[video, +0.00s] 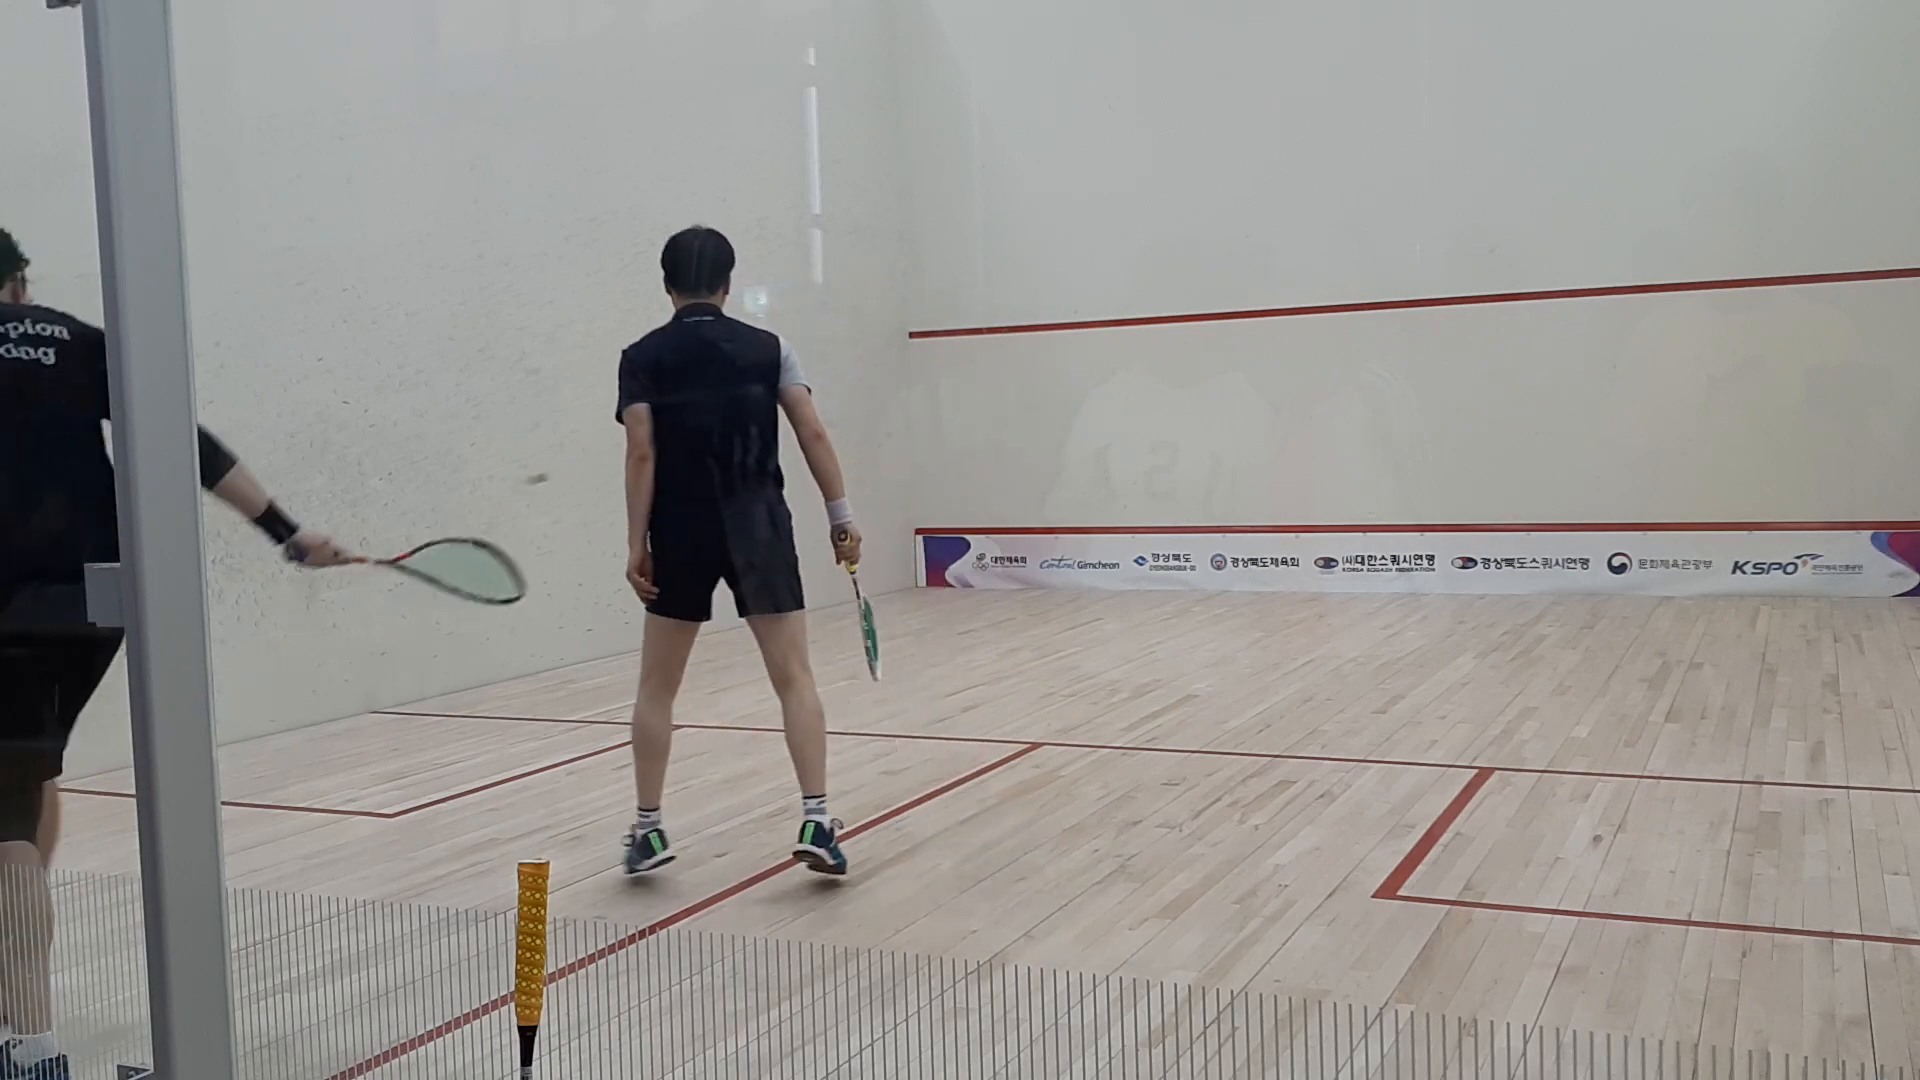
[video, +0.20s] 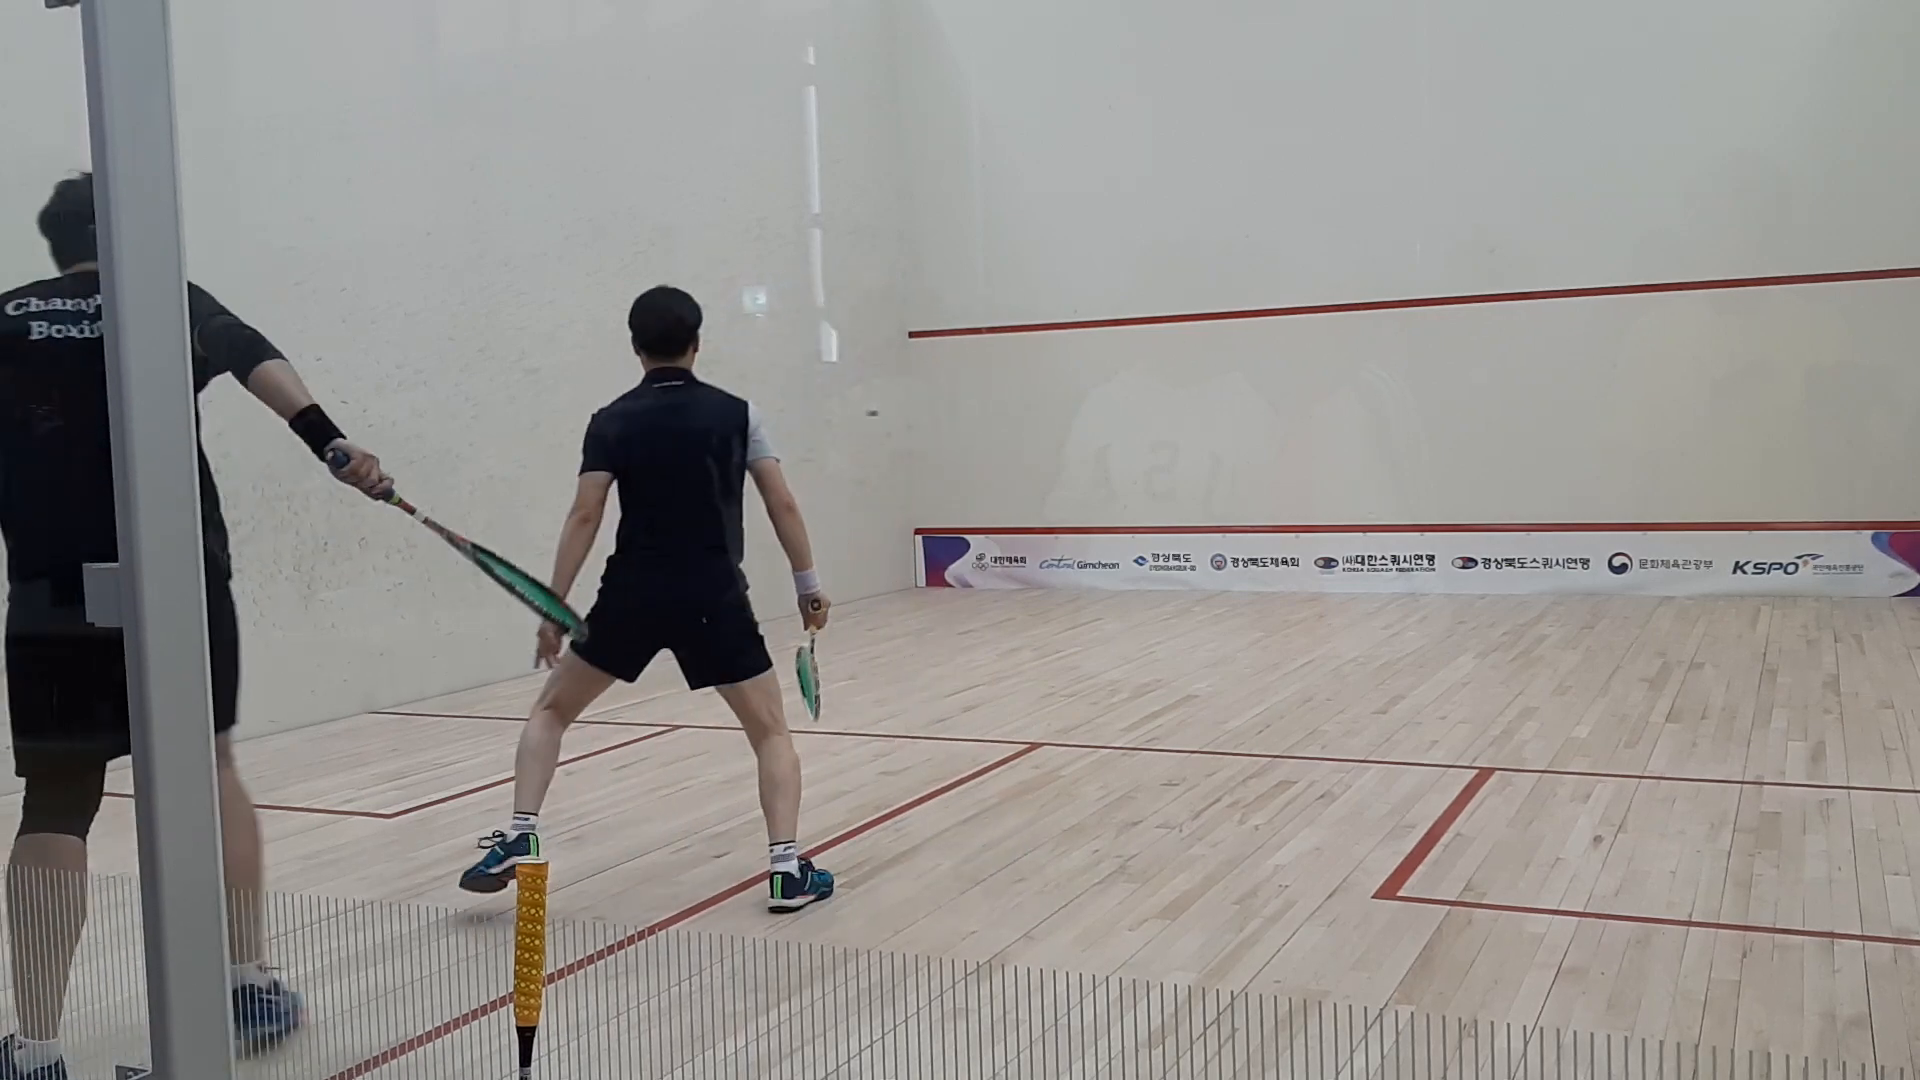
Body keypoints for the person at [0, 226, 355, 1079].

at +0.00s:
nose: (21, 289)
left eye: (17, 278)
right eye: (21, 279)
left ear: (1, 284)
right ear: (21, 280)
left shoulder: (57, 342)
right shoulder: (71, 343)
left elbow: (185, 439)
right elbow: (187, 440)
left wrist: (284, 527)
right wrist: (288, 530)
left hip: (28, 604)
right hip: (83, 601)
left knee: (22, 778)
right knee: (33, 772)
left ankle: (26, 1032)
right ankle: (26, 1027)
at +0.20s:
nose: (149, 230)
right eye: (139, 217)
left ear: (56, 243)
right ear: (128, 231)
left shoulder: (8, 318)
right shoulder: (168, 297)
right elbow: (252, 355)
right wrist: (333, 442)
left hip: (45, 605)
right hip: (176, 593)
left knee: (54, 801)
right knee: (214, 769)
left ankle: (31, 1048)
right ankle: (248, 983)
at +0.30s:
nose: (214, 260)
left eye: (207, 246)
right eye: (212, 246)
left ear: (116, 236)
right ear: (202, 245)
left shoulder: (64, 328)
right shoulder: (231, 305)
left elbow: (14, 440)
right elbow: (271, 386)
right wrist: (313, 463)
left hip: (100, 614)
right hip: (234, 600)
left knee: (84, 806)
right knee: (294, 785)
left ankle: (35, 1047)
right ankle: (344, 1005)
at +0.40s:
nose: (282, 245)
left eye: (273, 233)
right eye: (279, 233)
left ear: (193, 244)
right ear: (268, 238)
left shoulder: (138, 322)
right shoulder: (291, 311)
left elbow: (94, 447)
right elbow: (308, 406)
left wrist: (54, 566)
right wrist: (330, 502)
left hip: (183, 603)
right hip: (298, 596)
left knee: (150, 804)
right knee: (349, 782)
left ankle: (69, 1027)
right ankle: (358, 1007)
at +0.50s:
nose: (335, 235)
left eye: (327, 222)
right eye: (332, 222)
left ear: (249, 235)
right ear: (321, 229)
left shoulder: (194, 318)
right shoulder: (343, 307)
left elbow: (163, 454)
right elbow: (367, 429)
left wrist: (151, 580)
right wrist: (389, 534)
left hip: (226, 598)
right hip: (330, 592)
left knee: (242, 774)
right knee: (354, 781)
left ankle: (180, 982)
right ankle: (356, 1008)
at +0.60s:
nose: (375, 239)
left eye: (360, 227)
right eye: (374, 227)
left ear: (291, 234)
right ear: (365, 230)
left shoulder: (237, 327)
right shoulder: (394, 311)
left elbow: (202, 468)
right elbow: (426, 442)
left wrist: (165, 574)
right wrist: (455, 556)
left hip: (270, 578)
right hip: (366, 574)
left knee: (315, 743)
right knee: (362, 762)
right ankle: (358, 1000)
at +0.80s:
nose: (431, 243)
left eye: (418, 231)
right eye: (429, 232)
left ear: (354, 250)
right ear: (423, 241)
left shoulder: (312, 342)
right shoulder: (456, 322)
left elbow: (287, 473)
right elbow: (498, 444)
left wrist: (278, 582)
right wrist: (552, 554)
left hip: (346, 566)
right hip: (435, 561)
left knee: (417, 719)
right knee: (449, 734)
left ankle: (422, 893)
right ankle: (391, 924)